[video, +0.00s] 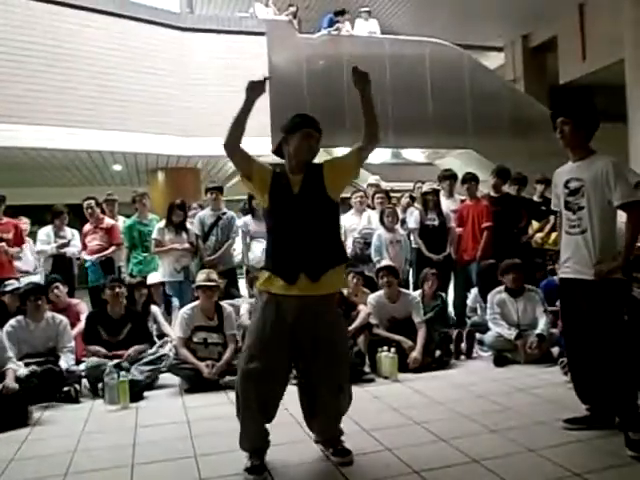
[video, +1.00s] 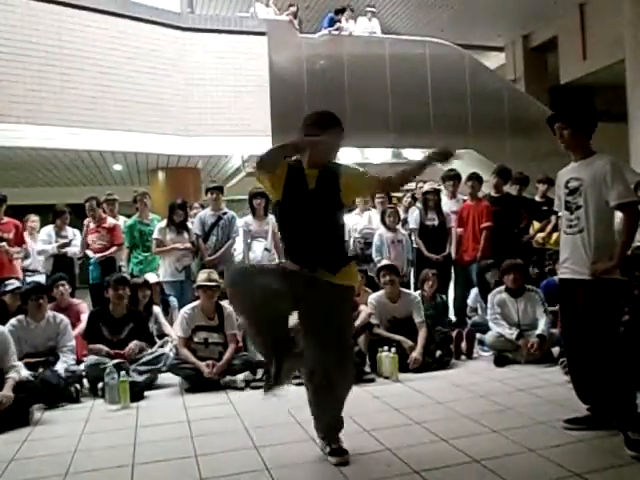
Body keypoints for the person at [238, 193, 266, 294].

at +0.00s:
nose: (258, 204)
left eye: (260, 201)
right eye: (255, 201)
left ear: (263, 203)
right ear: (251, 203)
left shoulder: (268, 221)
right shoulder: (246, 221)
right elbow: (244, 244)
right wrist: (246, 263)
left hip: (269, 263)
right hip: (253, 264)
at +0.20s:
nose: (258, 201)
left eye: (261, 198)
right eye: (255, 198)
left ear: (266, 201)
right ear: (251, 201)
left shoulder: (272, 220)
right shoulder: (245, 221)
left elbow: (274, 239)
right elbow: (245, 243)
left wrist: (274, 258)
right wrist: (246, 262)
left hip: (269, 262)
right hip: (252, 262)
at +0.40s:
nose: (258, 201)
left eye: (261, 198)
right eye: (255, 198)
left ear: (266, 201)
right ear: (251, 201)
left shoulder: (273, 220)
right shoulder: (246, 221)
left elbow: (276, 239)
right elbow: (245, 242)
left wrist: (276, 257)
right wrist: (246, 261)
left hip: (269, 261)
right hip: (252, 262)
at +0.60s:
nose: (258, 201)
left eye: (261, 198)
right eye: (255, 198)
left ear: (265, 201)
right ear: (251, 201)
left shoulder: (274, 220)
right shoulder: (246, 221)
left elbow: (277, 241)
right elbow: (245, 243)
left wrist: (279, 258)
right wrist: (246, 261)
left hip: (270, 262)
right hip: (253, 262)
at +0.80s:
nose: (259, 202)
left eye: (262, 199)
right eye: (256, 199)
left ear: (266, 201)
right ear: (251, 202)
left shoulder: (273, 221)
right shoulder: (246, 222)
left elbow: (277, 242)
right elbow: (245, 243)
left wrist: (280, 259)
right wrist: (246, 261)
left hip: (270, 262)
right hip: (253, 263)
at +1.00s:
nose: (259, 202)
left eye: (261, 198)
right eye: (256, 199)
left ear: (266, 201)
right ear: (251, 202)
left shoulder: (271, 219)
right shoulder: (246, 221)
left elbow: (277, 240)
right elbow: (245, 243)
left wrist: (282, 258)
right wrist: (246, 262)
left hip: (270, 260)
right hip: (253, 261)